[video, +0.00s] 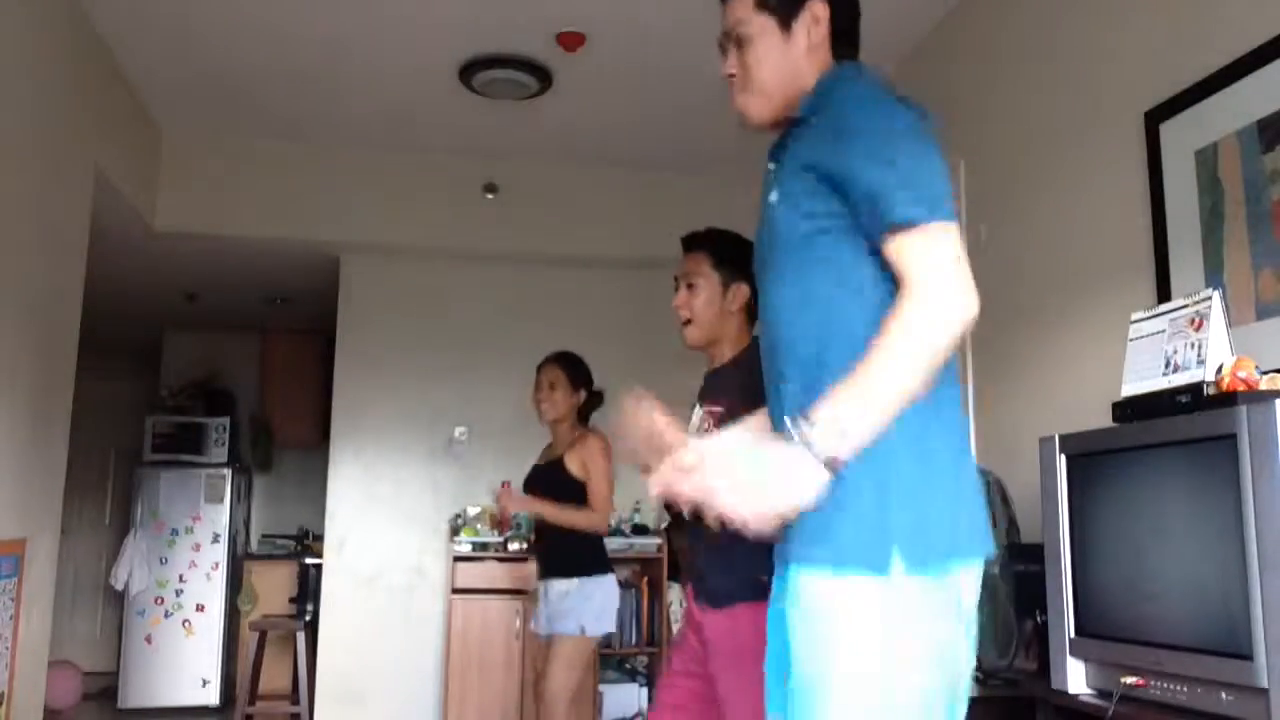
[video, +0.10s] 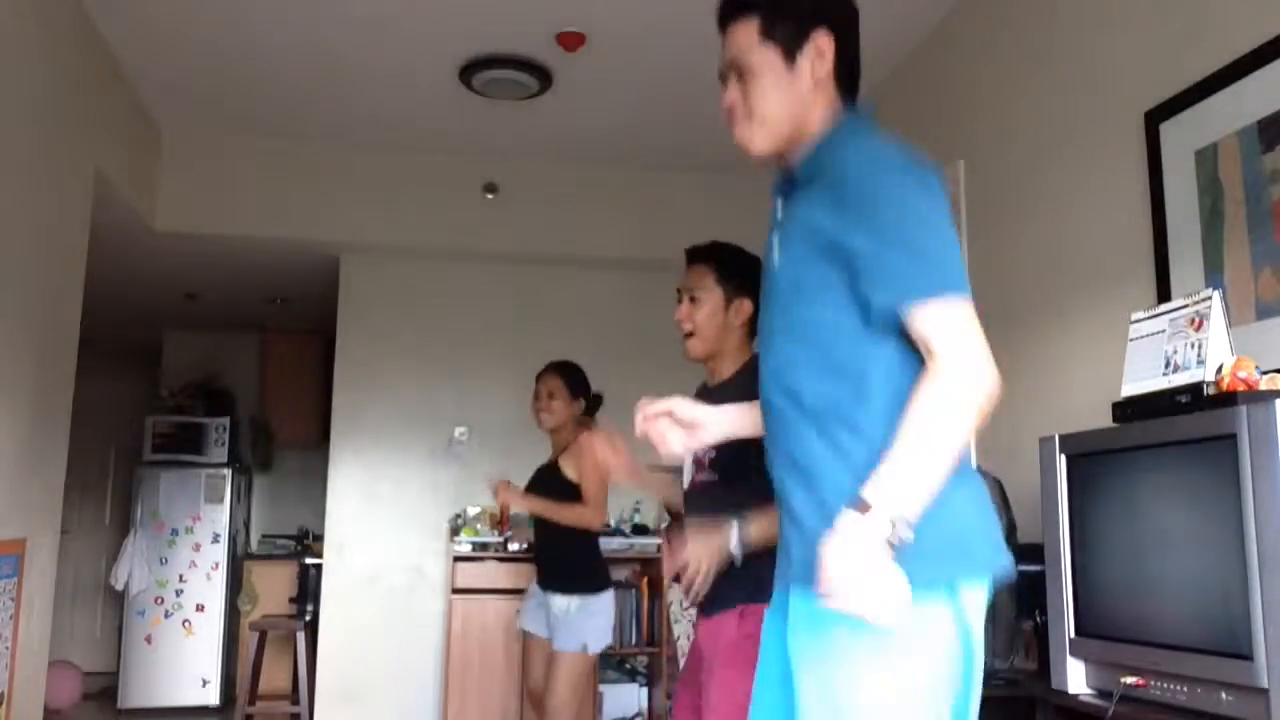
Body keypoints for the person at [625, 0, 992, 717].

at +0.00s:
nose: (726, 66)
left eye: (738, 40)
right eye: (725, 47)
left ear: (811, 25)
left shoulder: (855, 110)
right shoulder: (796, 153)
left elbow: (945, 293)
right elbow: (834, 370)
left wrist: (810, 452)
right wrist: (728, 453)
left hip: (887, 550)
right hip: (828, 546)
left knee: (871, 707)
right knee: (810, 708)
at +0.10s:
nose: (726, 100)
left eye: (741, 72)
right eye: (724, 79)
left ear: (817, 58)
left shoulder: (872, 174)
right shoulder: (801, 193)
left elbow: (967, 370)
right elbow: (840, 390)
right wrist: (717, 422)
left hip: (898, 582)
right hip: (816, 572)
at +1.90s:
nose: (779, 133)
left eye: (793, 107)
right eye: (779, 115)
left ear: (869, 97)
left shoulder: (934, 209)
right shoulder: (829, 266)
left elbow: (1033, 407)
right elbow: (849, 446)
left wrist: (815, 405)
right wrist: (751, 413)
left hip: (932, 654)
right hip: (827, 633)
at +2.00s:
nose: (779, 84)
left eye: (792, 59)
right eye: (778, 67)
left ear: (867, 44)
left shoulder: (925, 139)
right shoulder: (831, 199)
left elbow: (1013, 322)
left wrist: (827, 422)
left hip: (914, 590)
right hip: (811, 584)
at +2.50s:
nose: (760, 74)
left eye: (772, 47)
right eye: (759, 55)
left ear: (847, 35)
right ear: (840, 39)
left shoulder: (902, 119)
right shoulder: (812, 178)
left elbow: (1011, 299)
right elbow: (861, 398)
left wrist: (870, 462)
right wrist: (762, 466)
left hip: (915, 579)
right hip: (815, 575)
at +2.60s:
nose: (757, 113)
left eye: (773, 87)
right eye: (757, 94)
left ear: (848, 78)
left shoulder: (914, 185)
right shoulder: (816, 228)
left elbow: (997, 388)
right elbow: (860, 430)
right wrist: (746, 448)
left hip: (936, 627)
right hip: (817, 619)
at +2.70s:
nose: (754, 139)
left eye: (770, 112)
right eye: (757, 119)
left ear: (844, 104)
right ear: (842, 108)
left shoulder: (915, 232)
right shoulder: (822, 262)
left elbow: (1010, 448)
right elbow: (877, 461)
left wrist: (907, 600)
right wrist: (780, 498)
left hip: (946, 636)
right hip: (839, 625)